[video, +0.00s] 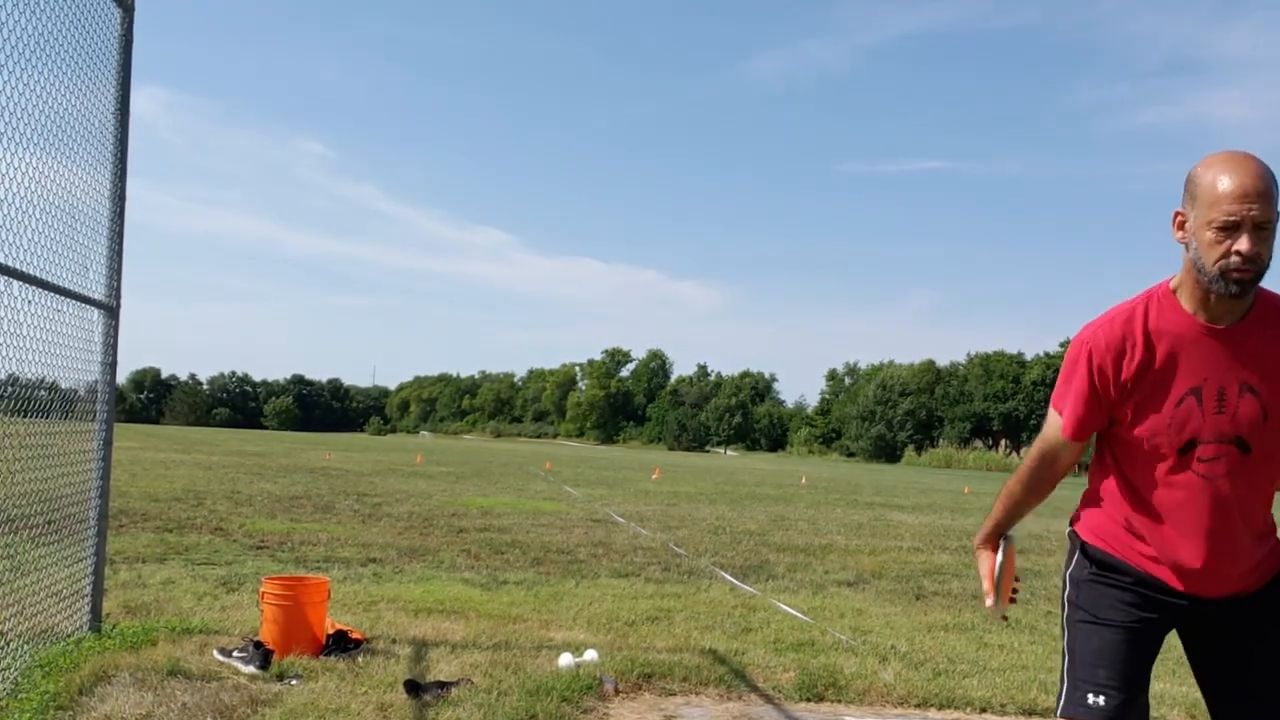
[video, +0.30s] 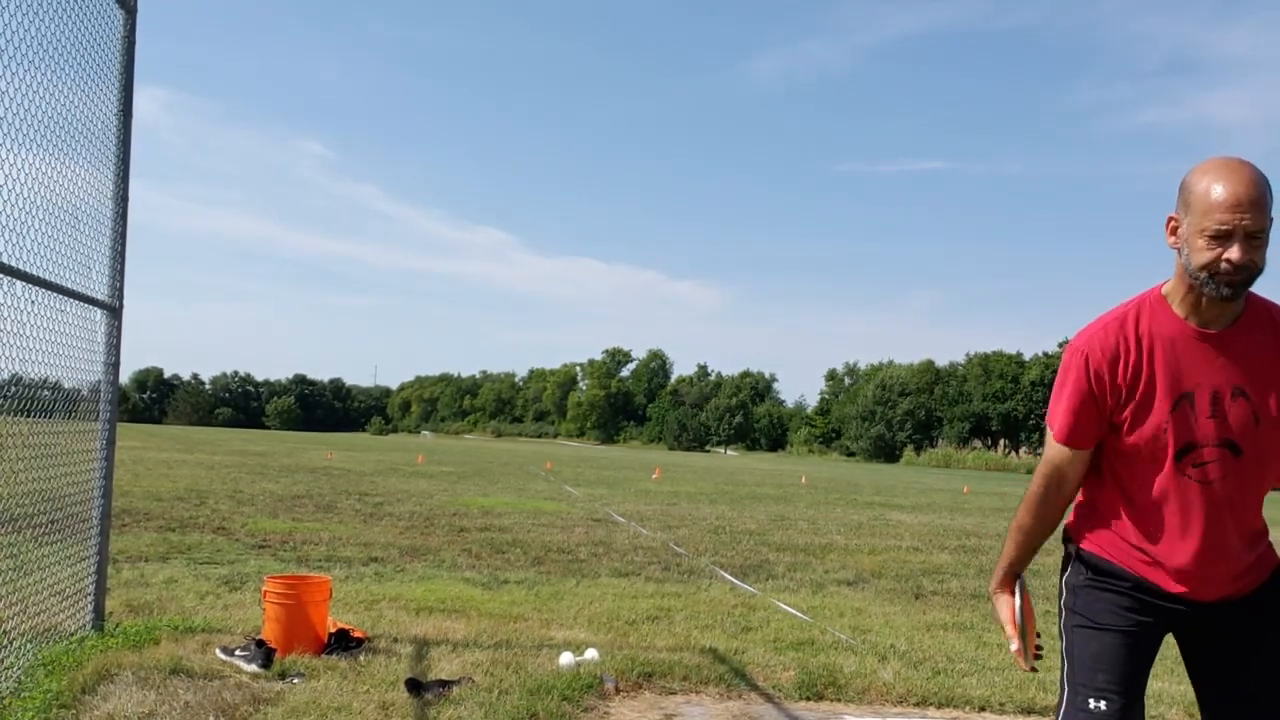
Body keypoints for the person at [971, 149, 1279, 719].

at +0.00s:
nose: (1248, 247)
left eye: (1261, 229)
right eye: (1228, 228)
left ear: (1276, 230)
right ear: (1183, 226)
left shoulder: (1277, 330)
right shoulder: (1115, 339)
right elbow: (1055, 452)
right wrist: (989, 534)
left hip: (1245, 570)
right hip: (1122, 563)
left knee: (1260, 707)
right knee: (1096, 709)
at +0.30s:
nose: (1238, 255)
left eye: (1253, 237)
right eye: (1219, 237)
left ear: (1269, 236)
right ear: (1175, 232)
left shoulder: (1275, 338)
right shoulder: (1105, 346)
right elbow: (1058, 474)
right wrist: (1004, 576)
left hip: (1242, 574)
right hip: (1118, 570)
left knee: (1257, 707)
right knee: (1095, 711)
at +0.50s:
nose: (1221, 246)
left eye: (1237, 229)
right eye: (1203, 228)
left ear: (1255, 227)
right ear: (1162, 222)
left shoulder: (1272, 327)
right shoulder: (1102, 335)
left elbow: (1277, 474)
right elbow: (1076, 480)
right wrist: (1058, 606)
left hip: (1240, 570)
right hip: (1125, 566)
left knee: (1268, 702)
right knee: (1096, 707)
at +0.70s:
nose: (1209, 247)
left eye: (1226, 230)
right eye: (1192, 229)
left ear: (1243, 227)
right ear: (1151, 225)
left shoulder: (1268, 330)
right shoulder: (1098, 333)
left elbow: (1273, 464)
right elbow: (1086, 455)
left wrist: (1278, 545)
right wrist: (1101, 534)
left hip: (1235, 572)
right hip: (1112, 567)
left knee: (1266, 704)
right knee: (1093, 708)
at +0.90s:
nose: (1207, 247)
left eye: (1223, 229)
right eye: (1189, 229)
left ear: (1240, 226)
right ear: (1149, 225)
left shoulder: (1269, 330)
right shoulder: (1095, 332)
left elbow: (1275, 475)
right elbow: (1075, 453)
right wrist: (1082, 531)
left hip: (1229, 573)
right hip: (1110, 564)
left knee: (1261, 705)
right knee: (1087, 709)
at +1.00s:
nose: (1207, 250)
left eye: (1224, 232)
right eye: (1189, 232)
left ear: (1242, 231)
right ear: (1151, 230)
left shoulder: (1268, 334)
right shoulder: (1094, 337)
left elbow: (1274, 484)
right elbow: (1065, 467)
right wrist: (1057, 571)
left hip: (1234, 579)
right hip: (1118, 572)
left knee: (1257, 708)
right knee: (1088, 709)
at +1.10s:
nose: (1212, 251)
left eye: (1228, 233)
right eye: (1195, 233)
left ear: (1247, 233)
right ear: (1155, 229)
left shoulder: (1268, 336)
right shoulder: (1095, 338)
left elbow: (1276, 481)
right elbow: (1060, 476)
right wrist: (1028, 601)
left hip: (1237, 577)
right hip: (1116, 572)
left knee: (1260, 707)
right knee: (1091, 708)